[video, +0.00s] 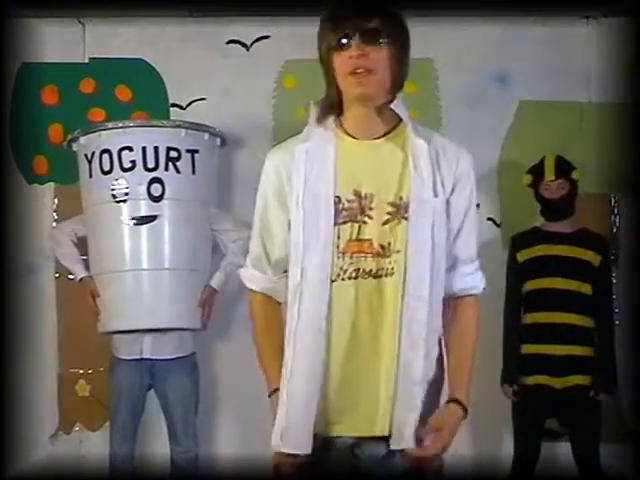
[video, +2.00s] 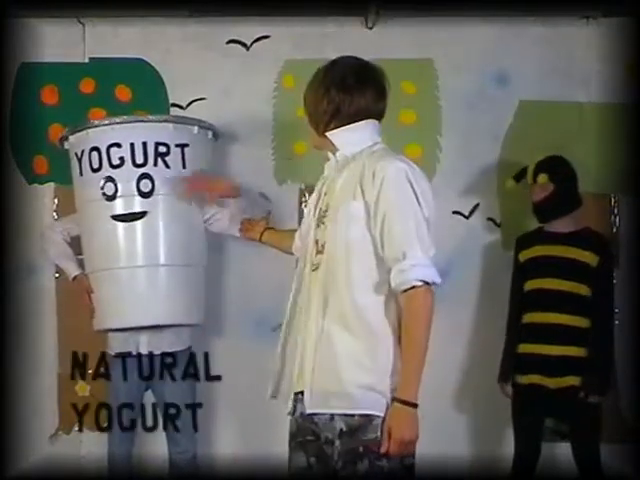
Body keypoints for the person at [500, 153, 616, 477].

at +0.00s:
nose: (553, 193)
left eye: (560, 185)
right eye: (545, 187)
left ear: (573, 188)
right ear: (536, 193)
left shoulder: (596, 245)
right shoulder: (521, 244)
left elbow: (604, 315)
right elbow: (512, 311)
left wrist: (606, 372)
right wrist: (509, 368)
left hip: (580, 376)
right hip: (531, 376)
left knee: (588, 463)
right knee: (524, 461)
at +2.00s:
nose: (532, 193)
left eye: (540, 185)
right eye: (532, 185)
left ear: (559, 188)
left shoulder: (596, 246)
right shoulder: (526, 244)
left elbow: (603, 317)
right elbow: (516, 312)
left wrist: (598, 375)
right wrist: (507, 365)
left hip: (578, 376)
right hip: (529, 374)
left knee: (587, 460)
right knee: (524, 458)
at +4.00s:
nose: (555, 194)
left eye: (563, 186)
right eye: (547, 187)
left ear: (576, 190)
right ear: (537, 191)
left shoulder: (599, 245)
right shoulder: (525, 241)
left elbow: (609, 315)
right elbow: (496, 291)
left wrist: (613, 374)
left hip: (581, 370)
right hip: (533, 369)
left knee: (589, 460)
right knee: (526, 459)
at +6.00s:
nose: (547, 198)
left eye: (554, 190)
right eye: (545, 190)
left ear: (574, 191)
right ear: (544, 193)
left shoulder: (606, 245)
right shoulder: (533, 242)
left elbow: (615, 313)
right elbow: (523, 306)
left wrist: (613, 373)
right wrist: (518, 360)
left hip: (587, 377)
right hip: (537, 376)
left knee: (592, 462)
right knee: (527, 461)